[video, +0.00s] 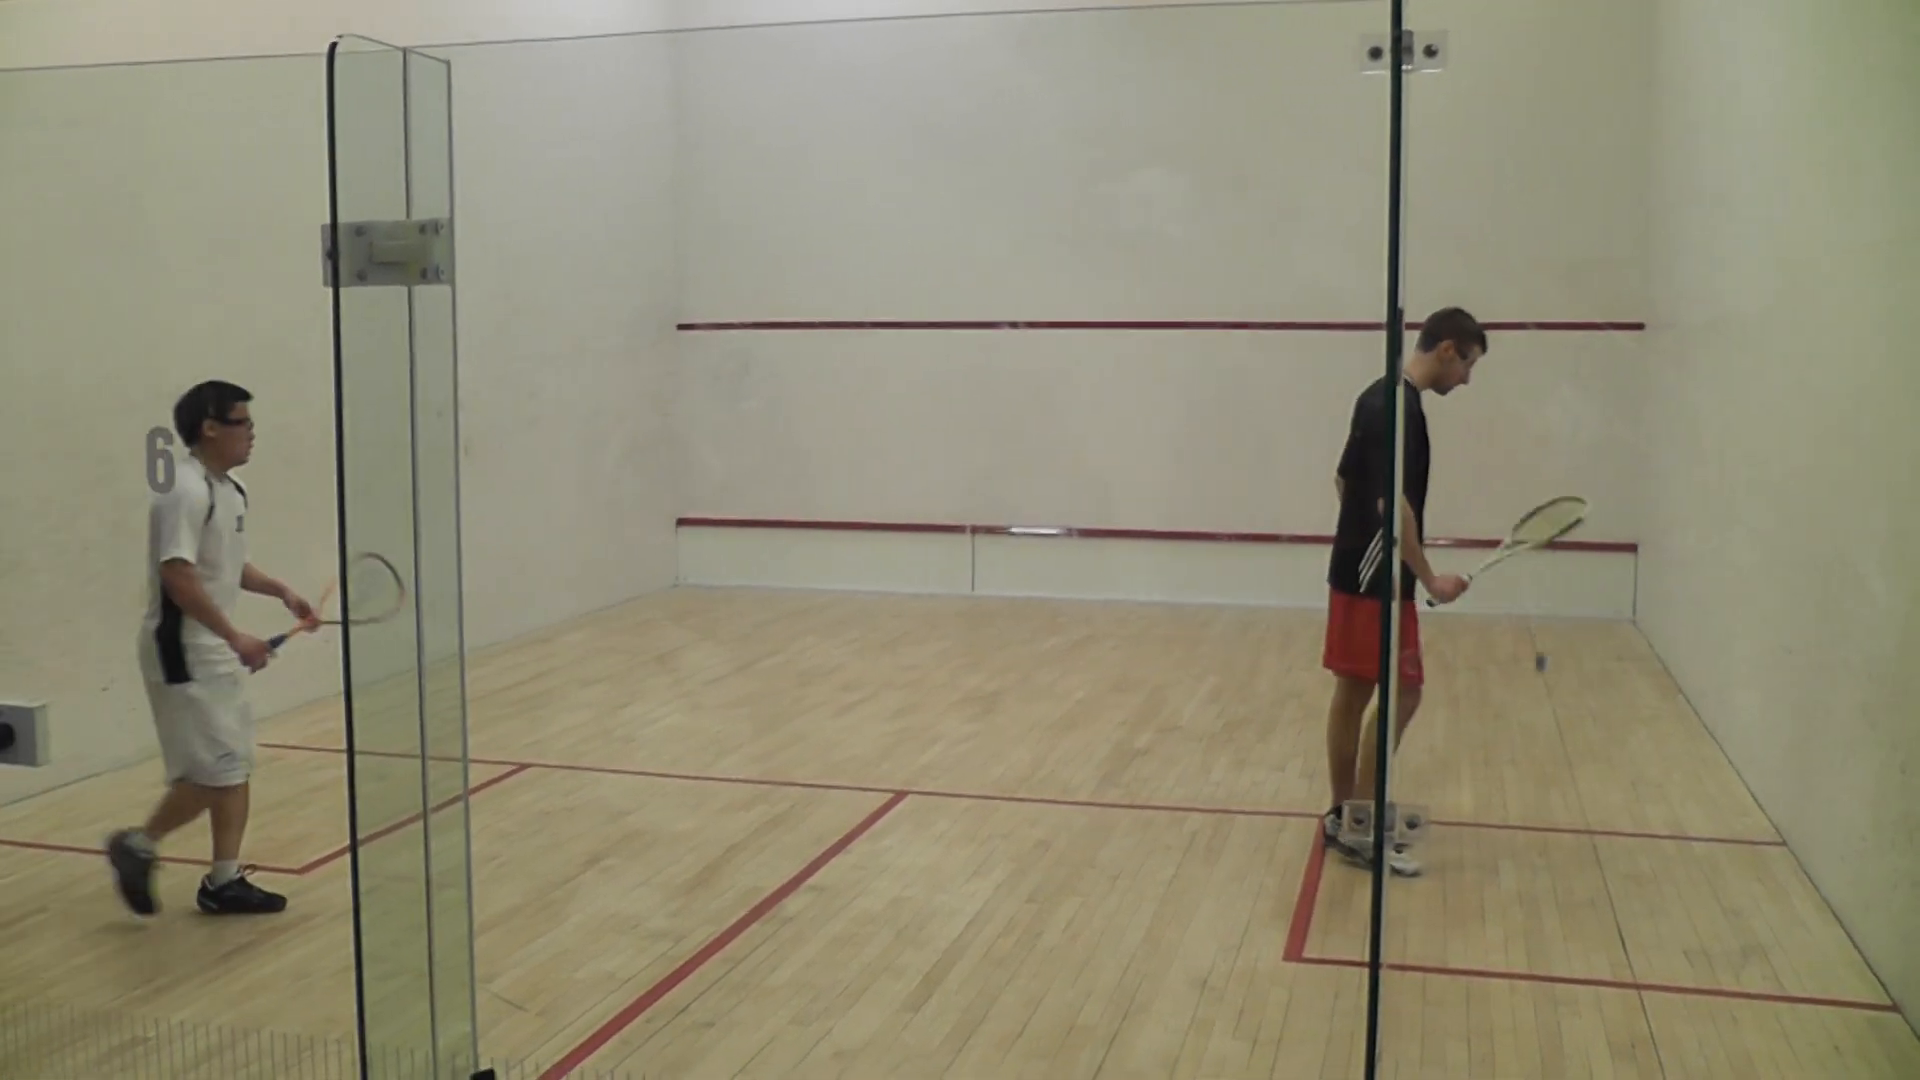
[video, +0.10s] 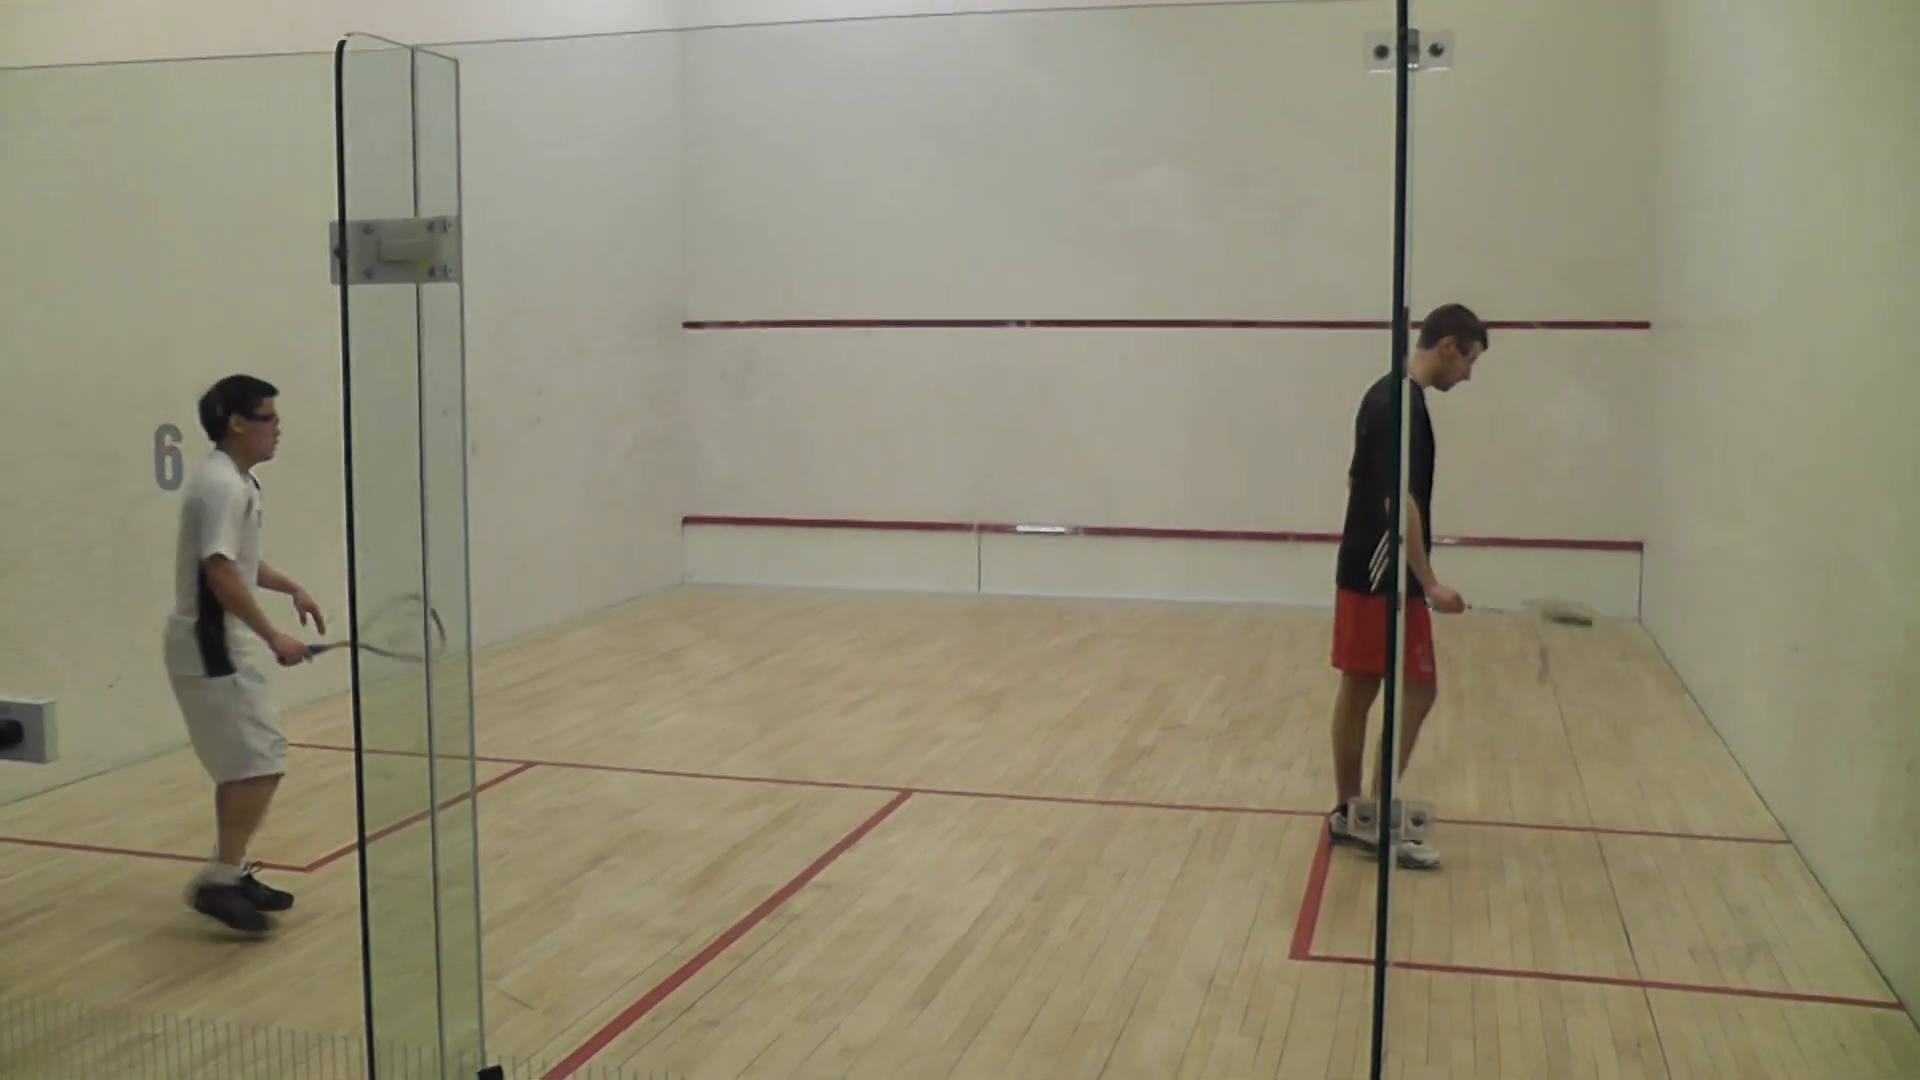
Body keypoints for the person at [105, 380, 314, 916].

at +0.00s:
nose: (251, 432)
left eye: (250, 422)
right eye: (240, 423)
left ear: (220, 431)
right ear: (206, 430)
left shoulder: (230, 491)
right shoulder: (184, 488)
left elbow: (227, 567)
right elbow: (177, 577)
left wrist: (283, 592)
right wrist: (235, 637)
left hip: (216, 643)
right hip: (181, 646)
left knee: (234, 762)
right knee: (212, 768)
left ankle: (224, 879)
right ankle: (137, 845)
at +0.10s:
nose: (277, 428)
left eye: (276, 418)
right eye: (267, 419)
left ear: (242, 426)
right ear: (234, 425)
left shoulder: (239, 481)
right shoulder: (219, 483)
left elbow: (242, 563)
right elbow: (218, 571)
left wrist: (293, 587)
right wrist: (273, 635)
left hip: (221, 644)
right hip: (208, 647)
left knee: (246, 759)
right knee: (261, 759)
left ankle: (232, 873)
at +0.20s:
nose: (301, 434)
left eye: (300, 423)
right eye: (291, 424)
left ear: (255, 432)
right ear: (260, 430)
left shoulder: (228, 480)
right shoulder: (262, 491)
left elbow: (252, 573)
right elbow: (266, 586)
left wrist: (295, 605)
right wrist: (312, 647)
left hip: (208, 652)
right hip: (243, 659)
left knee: (243, 766)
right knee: (283, 775)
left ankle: (235, 877)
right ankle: (299, 905)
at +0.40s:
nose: (341, 446)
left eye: (340, 435)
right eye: (334, 436)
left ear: (289, 441)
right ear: (304, 440)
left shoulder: (231, 492)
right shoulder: (323, 503)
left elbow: (206, 573)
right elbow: (338, 597)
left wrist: (257, 602)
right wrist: (368, 671)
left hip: (233, 667)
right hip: (296, 671)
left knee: (259, 778)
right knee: (322, 789)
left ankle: (257, 895)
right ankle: (321, 913)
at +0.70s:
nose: (381, 448)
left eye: (379, 437)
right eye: (374, 439)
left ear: (320, 446)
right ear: (348, 445)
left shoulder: (273, 506)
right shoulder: (382, 510)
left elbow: (258, 596)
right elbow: (410, 603)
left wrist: (318, 607)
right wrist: (443, 679)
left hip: (302, 688)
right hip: (376, 685)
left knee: (310, 815)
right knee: (391, 796)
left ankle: (321, 951)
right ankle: (383, 915)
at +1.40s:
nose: (450, 440)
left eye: (449, 431)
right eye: (447, 432)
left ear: (381, 438)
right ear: (432, 440)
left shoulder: (343, 499)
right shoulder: (466, 507)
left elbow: (311, 581)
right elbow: (490, 599)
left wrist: (328, 627)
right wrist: (495, 675)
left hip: (370, 694)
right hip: (447, 689)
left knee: (373, 824)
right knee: (452, 819)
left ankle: (380, 956)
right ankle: (460, 946)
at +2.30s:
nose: (490, 447)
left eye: (487, 437)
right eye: (488, 439)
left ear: (423, 449)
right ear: (479, 450)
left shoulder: (390, 513)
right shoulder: (509, 519)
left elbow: (360, 602)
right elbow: (539, 618)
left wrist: (363, 654)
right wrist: (545, 692)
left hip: (413, 704)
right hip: (490, 701)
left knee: (404, 832)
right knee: (490, 829)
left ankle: (412, 963)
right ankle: (489, 955)